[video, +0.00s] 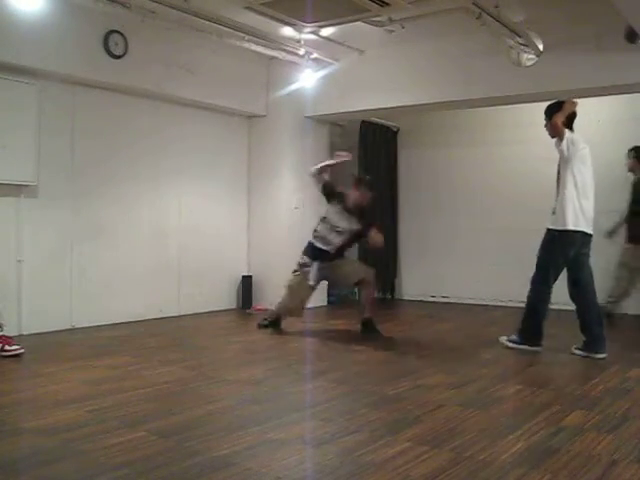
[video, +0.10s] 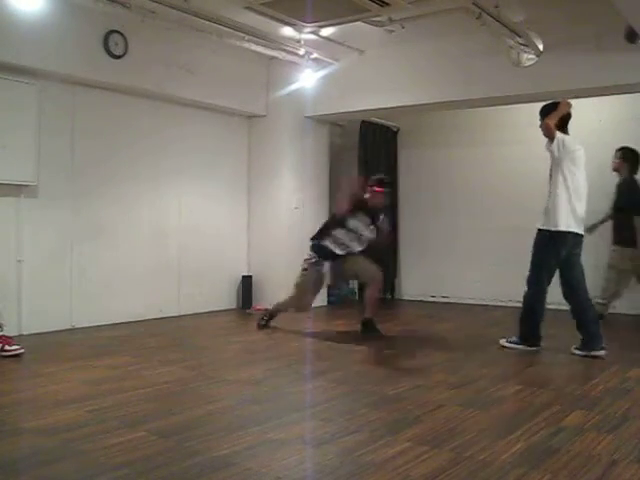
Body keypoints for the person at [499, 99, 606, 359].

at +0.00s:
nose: (546, 129)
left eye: (548, 124)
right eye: (546, 124)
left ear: (559, 121)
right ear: (566, 122)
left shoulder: (571, 144)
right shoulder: (579, 146)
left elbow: (556, 123)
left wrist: (567, 108)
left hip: (564, 228)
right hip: (581, 229)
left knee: (540, 283)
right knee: (583, 290)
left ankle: (529, 336)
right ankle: (595, 344)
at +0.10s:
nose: (542, 129)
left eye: (544, 123)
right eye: (542, 124)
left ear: (554, 122)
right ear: (565, 124)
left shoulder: (564, 146)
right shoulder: (574, 149)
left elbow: (548, 126)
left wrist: (560, 111)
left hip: (554, 227)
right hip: (572, 229)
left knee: (536, 286)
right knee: (575, 290)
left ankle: (528, 337)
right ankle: (592, 342)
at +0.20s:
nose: (538, 127)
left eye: (540, 123)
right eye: (538, 123)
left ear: (548, 123)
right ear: (562, 124)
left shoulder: (559, 145)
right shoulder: (570, 149)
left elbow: (539, 128)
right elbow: (570, 191)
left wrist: (554, 110)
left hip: (546, 227)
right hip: (564, 228)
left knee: (529, 283)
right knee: (562, 284)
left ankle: (527, 339)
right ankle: (587, 337)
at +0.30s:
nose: (533, 127)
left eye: (535, 121)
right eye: (534, 121)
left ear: (544, 123)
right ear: (557, 124)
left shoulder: (555, 147)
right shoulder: (564, 149)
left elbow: (536, 131)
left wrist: (550, 111)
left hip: (540, 226)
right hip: (557, 227)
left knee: (526, 282)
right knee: (551, 281)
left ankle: (527, 338)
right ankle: (579, 328)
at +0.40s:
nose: (530, 128)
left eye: (532, 123)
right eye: (530, 124)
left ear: (540, 123)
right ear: (553, 125)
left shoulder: (551, 147)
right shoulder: (561, 149)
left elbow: (535, 131)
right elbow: (563, 192)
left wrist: (549, 111)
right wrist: (565, 223)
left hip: (539, 226)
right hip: (555, 227)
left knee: (526, 281)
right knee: (545, 279)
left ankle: (528, 338)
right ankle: (572, 322)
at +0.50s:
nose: (529, 130)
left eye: (530, 124)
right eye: (529, 124)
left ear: (540, 122)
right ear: (542, 124)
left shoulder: (551, 148)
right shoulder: (554, 149)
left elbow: (541, 131)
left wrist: (551, 111)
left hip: (541, 227)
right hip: (550, 227)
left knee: (527, 283)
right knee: (539, 281)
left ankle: (528, 339)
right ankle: (568, 320)